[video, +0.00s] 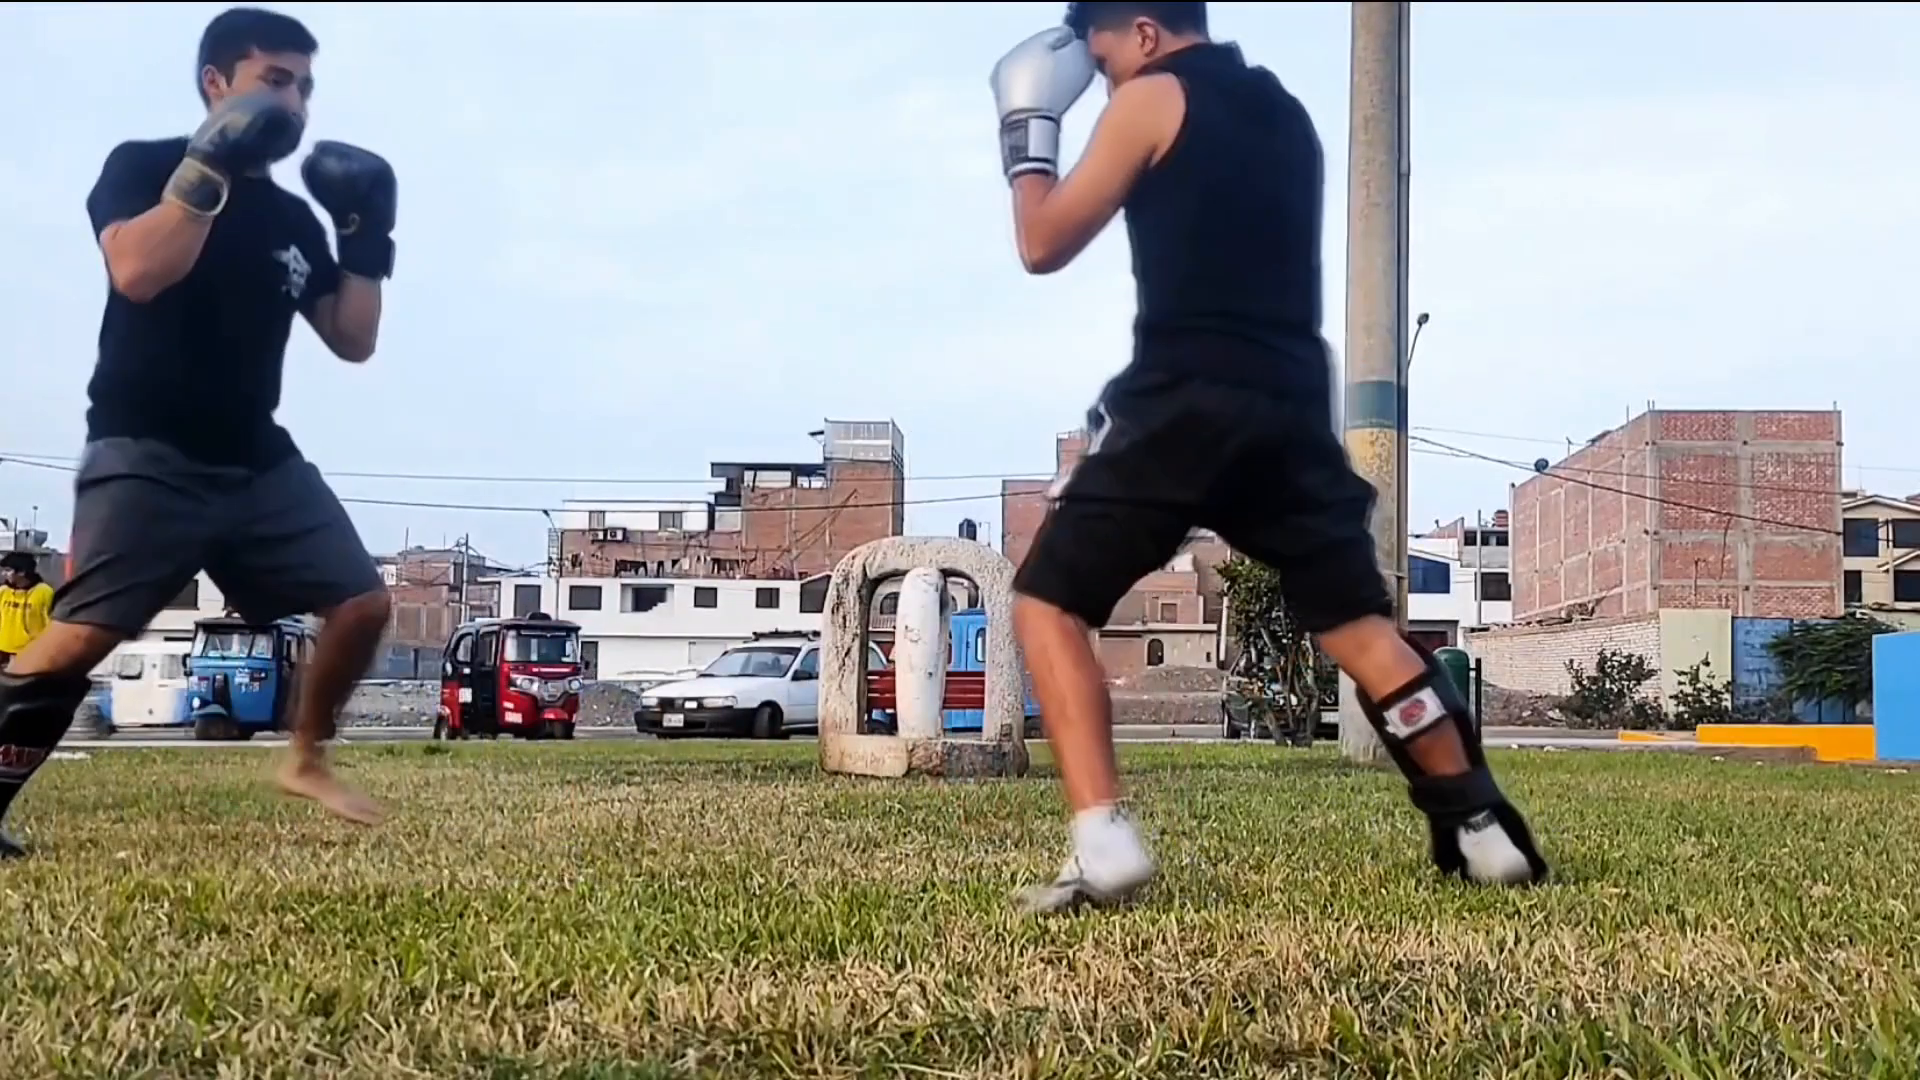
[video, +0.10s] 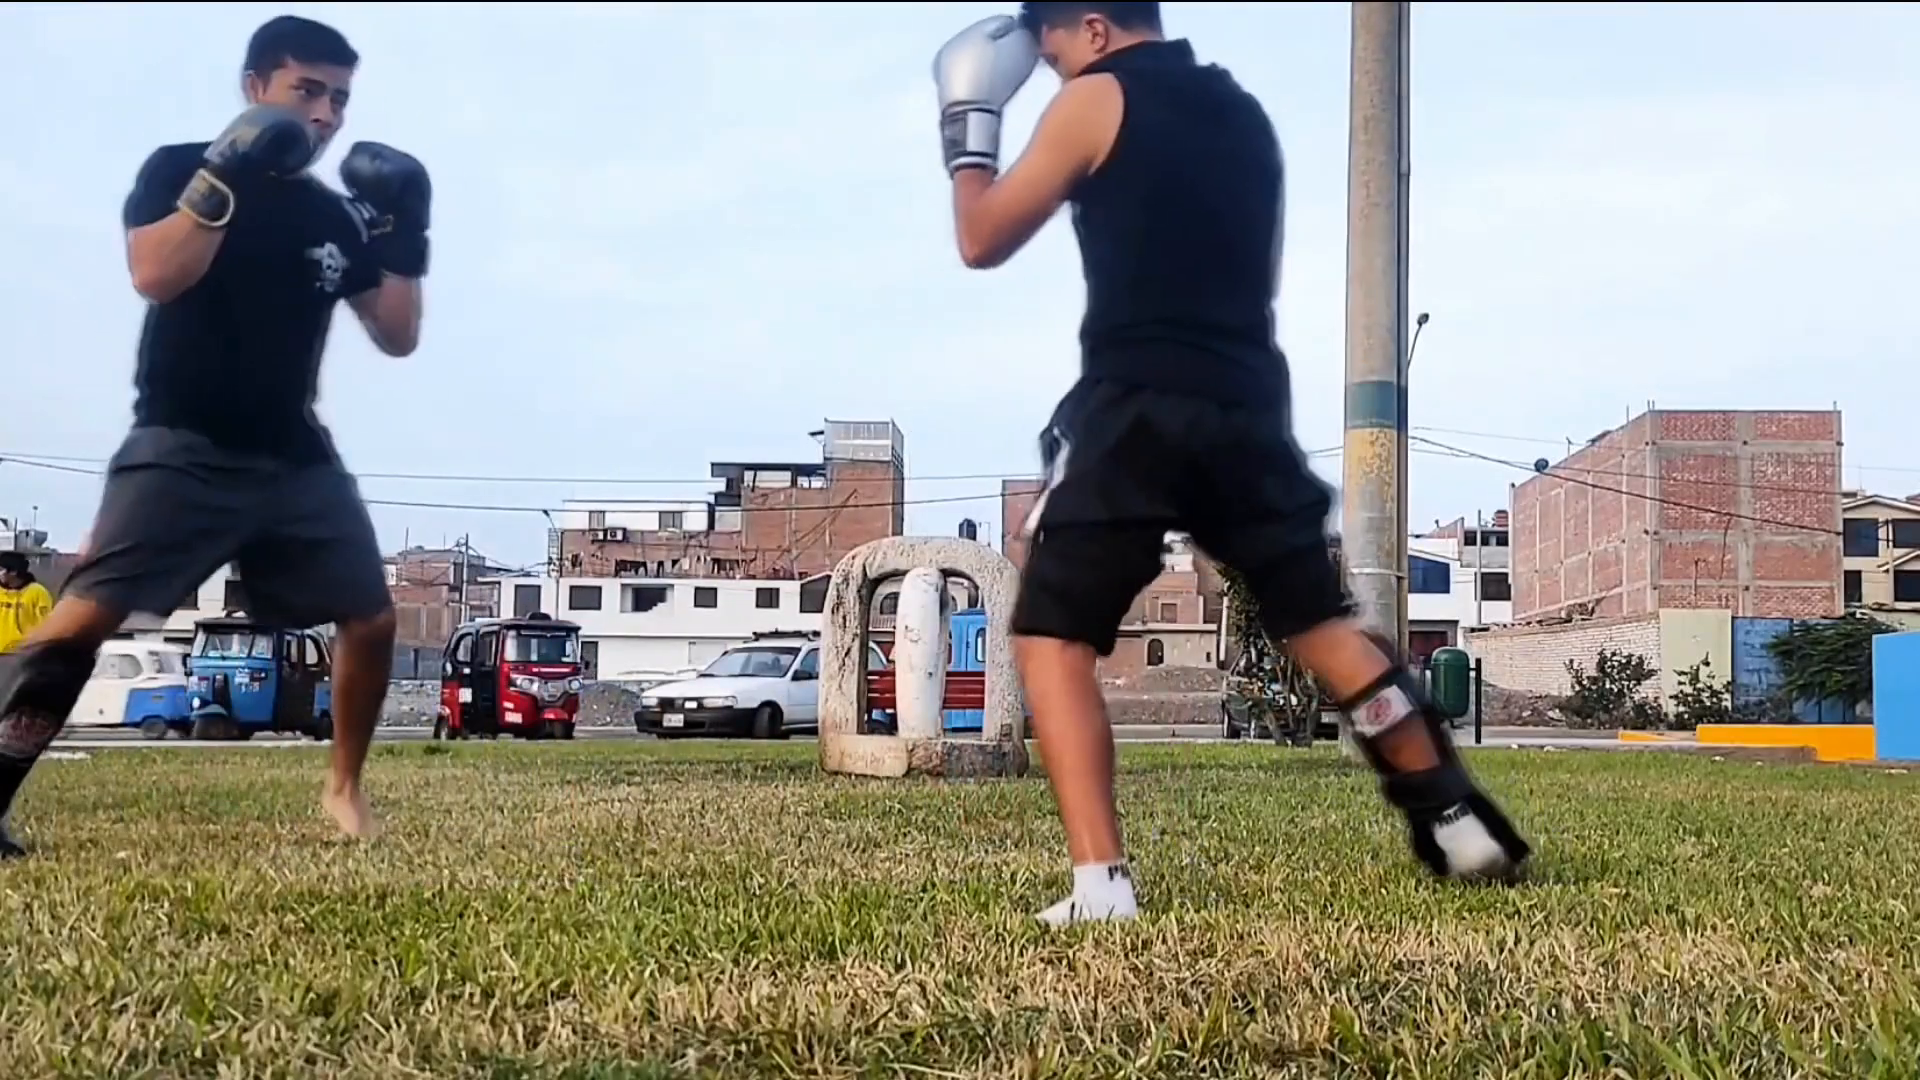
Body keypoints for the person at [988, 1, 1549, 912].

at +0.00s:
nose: (1103, 76)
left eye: (1103, 56)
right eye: (1098, 60)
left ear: (1144, 30)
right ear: (1184, 24)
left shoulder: (1152, 98)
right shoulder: (1285, 113)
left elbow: (1040, 244)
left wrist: (1027, 134)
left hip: (1185, 403)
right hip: (1296, 411)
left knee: (1047, 603)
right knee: (1358, 625)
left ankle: (1104, 842)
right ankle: (1486, 834)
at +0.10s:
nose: (1053, 66)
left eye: (1052, 46)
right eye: (1048, 50)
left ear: (1090, 25)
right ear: (1141, 23)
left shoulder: (1098, 100)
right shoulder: (1245, 115)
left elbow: (980, 239)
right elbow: (1252, 282)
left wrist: (969, 128)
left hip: (1135, 413)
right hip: (1251, 416)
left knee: (1053, 635)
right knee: (1317, 621)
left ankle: (1100, 884)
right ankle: (1458, 819)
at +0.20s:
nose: (1014, 75)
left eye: (1012, 57)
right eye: (1007, 62)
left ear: (1048, 25)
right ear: (1099, 20)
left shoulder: (1052, 96)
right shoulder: (1213, 113)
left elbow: (932, 231)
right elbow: (1240, 281)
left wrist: (926, 119)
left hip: (1101, 409)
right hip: (1218, 411)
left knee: (1031, 634)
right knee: (1260, 609)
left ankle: (1098, 882)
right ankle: (1375, 804)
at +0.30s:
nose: (979, 55)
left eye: (978, 36)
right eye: (977, 40)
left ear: (1013, 14)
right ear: (1073, 11)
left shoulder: (1014, 84)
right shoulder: (1188, 99)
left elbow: (906, 220)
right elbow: (1226, 268)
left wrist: (904, 106)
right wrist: (1123, 238)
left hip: (1076, 379)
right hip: (1194, 383)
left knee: (1041, 629)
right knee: (1194, 609)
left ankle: (1100, 881)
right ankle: (1235, 793)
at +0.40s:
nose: (963, 47)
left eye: (962, 30)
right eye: (961, 34)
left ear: (995, 20)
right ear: (1064, 16)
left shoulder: (988, 86)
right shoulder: (1169, 98)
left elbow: (883, 219)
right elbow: (1214, 264)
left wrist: (885, 108)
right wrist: (1114, 210)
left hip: (1047, 376)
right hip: (1164, 385)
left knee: (1040, 632)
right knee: (1127, 629)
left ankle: (1102, 887)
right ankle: (1087, 816)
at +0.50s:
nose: (958, 62)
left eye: (957, 47)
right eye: (957, 49)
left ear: (990, 33)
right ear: (1058, 27)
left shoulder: (978, 97)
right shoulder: (1158, 117)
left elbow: (870, 224)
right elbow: (1192, 279)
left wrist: (878, 119)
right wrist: (1100, 224)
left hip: (1008, 390)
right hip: (1124, 407)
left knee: (940, 628)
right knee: (1054, 632)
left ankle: (1065, 838)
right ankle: (1027, 859)